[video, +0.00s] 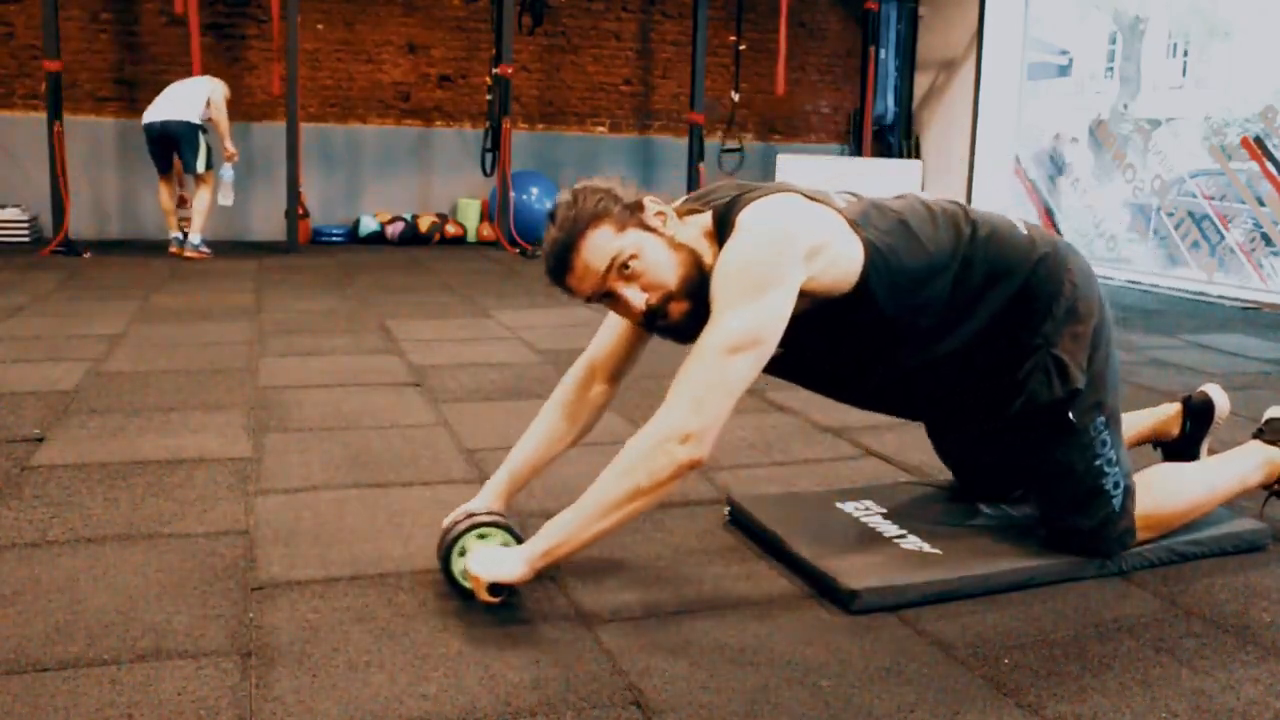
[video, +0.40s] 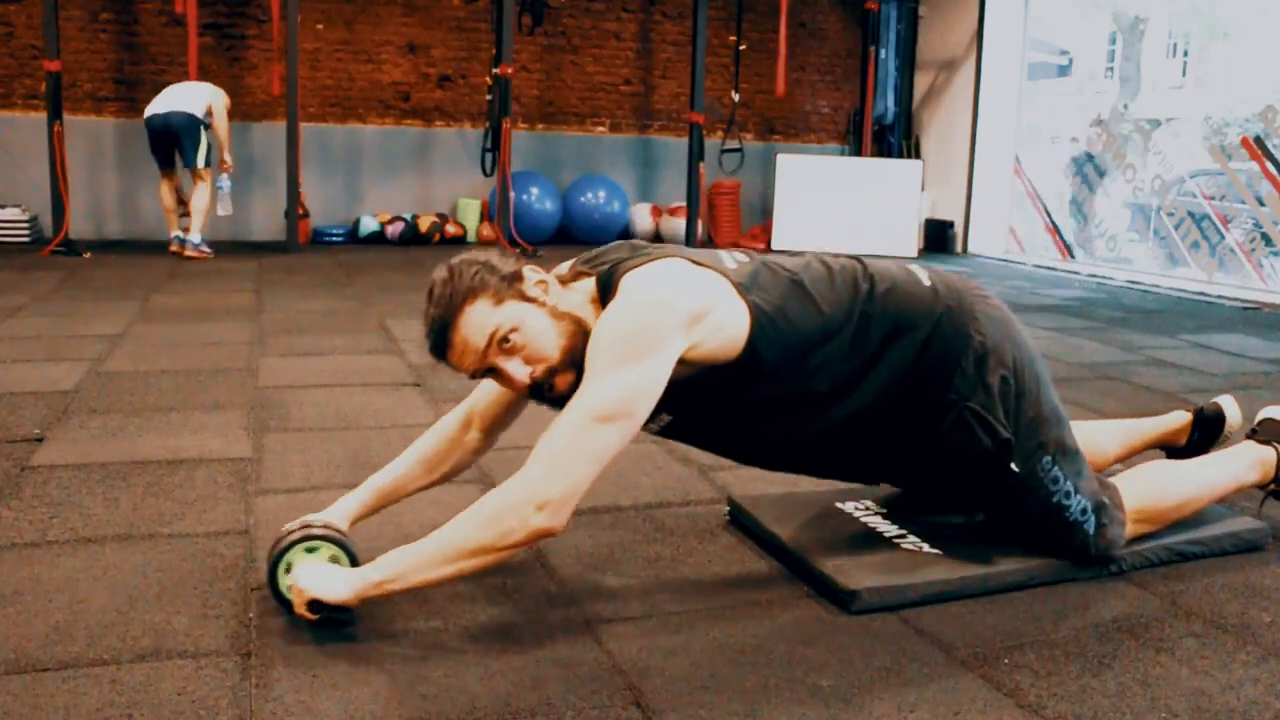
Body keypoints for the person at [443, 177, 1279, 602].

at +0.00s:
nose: (629, 296)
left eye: (625, 268)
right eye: (610, 292)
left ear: (658, 216)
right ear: (609, 285)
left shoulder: (764, 242)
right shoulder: (672, 263)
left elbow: (677, 443)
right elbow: (585, 383)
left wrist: (534, 553)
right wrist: (493, 491)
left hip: (1035, 313)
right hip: (953, 346)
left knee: (1102, 524)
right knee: (997, 485)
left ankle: (1270, 460)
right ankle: (1176, 417)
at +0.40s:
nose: (513, 365)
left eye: (504, 337)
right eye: (490, 365)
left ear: (537, 284)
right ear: (491, 355)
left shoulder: (647, 309)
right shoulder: (571, 316)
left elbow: (538, 508)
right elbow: (464, 427)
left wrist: (363, 582)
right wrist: (343, 514)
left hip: (954, 359)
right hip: (887, 397)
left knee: (1102, 534)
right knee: (1041, 493)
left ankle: (1261, 458)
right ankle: (1208, 422)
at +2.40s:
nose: (663, 385)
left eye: (645, 374)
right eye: (637, 382)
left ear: (658, 314)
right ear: (639, 305)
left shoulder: (762, 256)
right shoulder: (658, 252)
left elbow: (677, 448)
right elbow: (575, 377)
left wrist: (532, 554)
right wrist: (489, 486)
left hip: (1035, 301)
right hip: (950, 333)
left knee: (1099, 525)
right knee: (987, 485)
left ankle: (1265, 456)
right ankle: (1169, 416)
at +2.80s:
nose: (763, 314)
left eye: (754, 302)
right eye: (746, 311)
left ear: (768, 242)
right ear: (758, 235)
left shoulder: (876, 202)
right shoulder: (758, 197)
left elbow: (821, 403)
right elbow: (693, 346)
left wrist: (700, 536)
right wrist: (640, 485)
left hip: (1100, 302)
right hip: (1002, 329)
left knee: (1095, 528)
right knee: (989, 484)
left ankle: (1268, 456)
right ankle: (1169, 420)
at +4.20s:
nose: (636, 360)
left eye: (623, 344)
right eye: (613, 357)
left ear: (641, 279)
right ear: (630, 278)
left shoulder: (757, 244)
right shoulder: (653, 245)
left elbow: (680, 446)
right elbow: (577, 380)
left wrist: (534, 557)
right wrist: (488, 496)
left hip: (1022, 312)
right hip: (937, 346)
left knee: (1105, 523)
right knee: (995, 485)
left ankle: (1271, 453)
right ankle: (1172, 412)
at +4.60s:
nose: (537, 453)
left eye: (523, 437)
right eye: (519, 446)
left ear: (544, 381)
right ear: (531, 381)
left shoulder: (647, 331)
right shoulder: (554, 306)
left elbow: (536, 532)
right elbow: (448, 435)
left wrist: (354, 589)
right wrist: (330, 514)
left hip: (943, 357)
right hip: (874, 374)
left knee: (1098, 524)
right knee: (1022, 488)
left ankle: (1266, 456)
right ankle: (1176, 408)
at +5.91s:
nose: (581, 458)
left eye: (566, 451)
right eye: (560, 460)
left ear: (564, 400)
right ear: (542, 402)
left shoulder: (657, 350)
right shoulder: (561, 323)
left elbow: (558, 546)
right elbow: (467, 448)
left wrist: (369, 594)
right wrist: (343, 513)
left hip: (956, 341)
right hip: (904, 323)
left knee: (1092, 525)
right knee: (1000, 493)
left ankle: (1271, 466)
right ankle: (1174, 410)